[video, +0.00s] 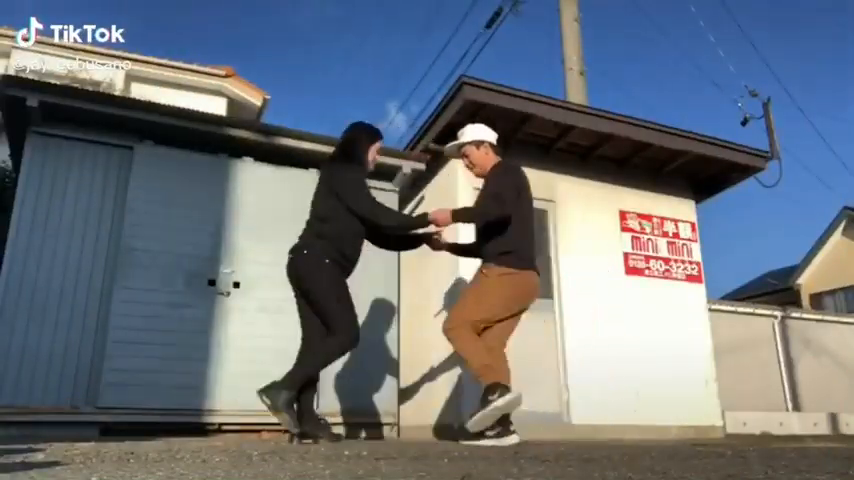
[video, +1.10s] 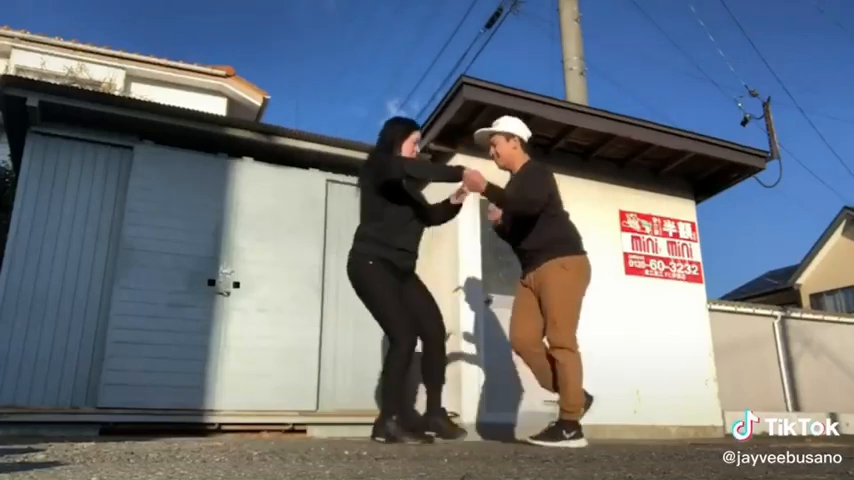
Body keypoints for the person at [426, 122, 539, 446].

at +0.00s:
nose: (465, 163)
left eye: (466, 155)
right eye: (462, 158)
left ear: (484, 147)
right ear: (486, 151)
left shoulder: (503, 174)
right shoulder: (508, 182)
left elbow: (493, 212)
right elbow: (486, 248)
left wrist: (453, 215)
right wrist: (446, 246)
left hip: (505, 272)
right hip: (522, 277)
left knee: (457, 325)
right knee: (491, 345)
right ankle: (500, 426)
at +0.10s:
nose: (457, 164)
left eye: (459, 155)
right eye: (455, 158)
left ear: (477, 147)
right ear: (476, 151)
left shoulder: (495, 174)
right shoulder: (500, 181)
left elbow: (473, 213)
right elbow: (477, 246)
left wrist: (425, 215)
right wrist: (438, 245)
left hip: (498, 271)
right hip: (514, 275)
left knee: (453, 330)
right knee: (483, 345)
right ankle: (498, 420)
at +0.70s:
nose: (454, 153)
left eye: (456, 145)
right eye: (452, 148)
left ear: (474, 138)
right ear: (467, 145)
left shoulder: (503, 162)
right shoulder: (471, 185)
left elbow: (527, 201)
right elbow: (446, 226)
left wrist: (481, 207)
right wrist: (406, 210)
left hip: (504, 261)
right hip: (495, 262)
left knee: (460, 321)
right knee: (481, 334)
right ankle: (492, 415)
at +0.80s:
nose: (463, 154)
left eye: (465, 146)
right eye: (460, 149)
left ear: (483, 139)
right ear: (473, 146)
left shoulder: (511, 164)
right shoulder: (480, 187)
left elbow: (534, 202)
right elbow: (456, 229)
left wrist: (489, 211)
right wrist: (413, 217)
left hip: (516, 264)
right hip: (493, 268)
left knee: (487, 332)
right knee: (481, 337)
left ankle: (538, 397)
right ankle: (494, 417)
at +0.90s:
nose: (472, 155)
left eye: (473, 147)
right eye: (470, 150)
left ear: (492, 140)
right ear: (484, 145)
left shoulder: (518, 168)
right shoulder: (491, 186)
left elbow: (535, 211)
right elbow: (476, 234)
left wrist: (489, 217)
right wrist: (434, 229)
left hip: (532, 267)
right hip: (503, 272)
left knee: (528, 343)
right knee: (491, 343)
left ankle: (563, 419)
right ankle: (496, 421)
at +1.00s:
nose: (482, 156)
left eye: (484, 148)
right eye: (479, 151)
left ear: (503, 141)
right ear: (495, 148)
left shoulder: (526, 171)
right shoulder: (502, 188)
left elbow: (534, 218)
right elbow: (505, 236)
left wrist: (487, 215)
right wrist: (468, 232)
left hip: (554, 265)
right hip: (523, 273)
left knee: (557, 342)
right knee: (500, 337)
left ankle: (568, 423)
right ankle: (512, 416)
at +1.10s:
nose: (491, 152)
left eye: (495, 144)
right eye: (490, 146)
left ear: (515, 141)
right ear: (507, 146)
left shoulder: (535, 172)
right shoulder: (516, 186)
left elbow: (524, 204)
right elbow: (518, 236)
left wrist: (485, 187)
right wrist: (500, 222)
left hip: (561, 265)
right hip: (532, 275)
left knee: (561, 343)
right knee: (523, 341)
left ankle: (570, 423)